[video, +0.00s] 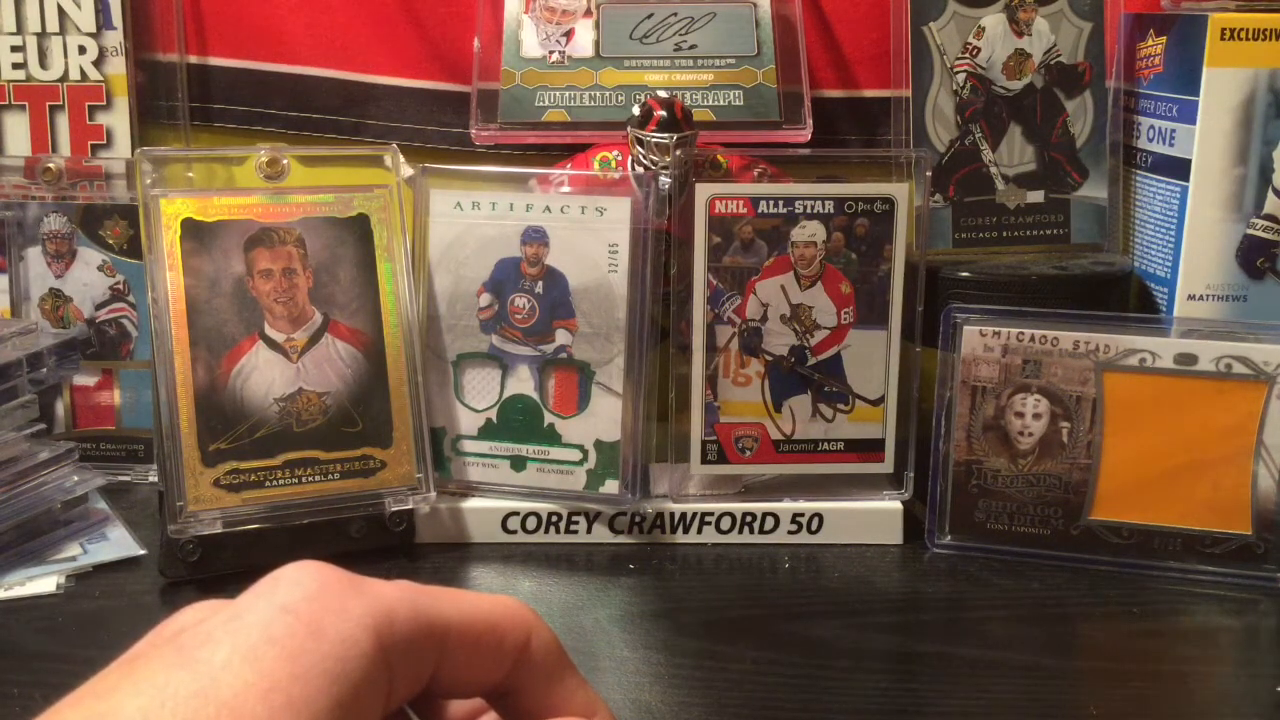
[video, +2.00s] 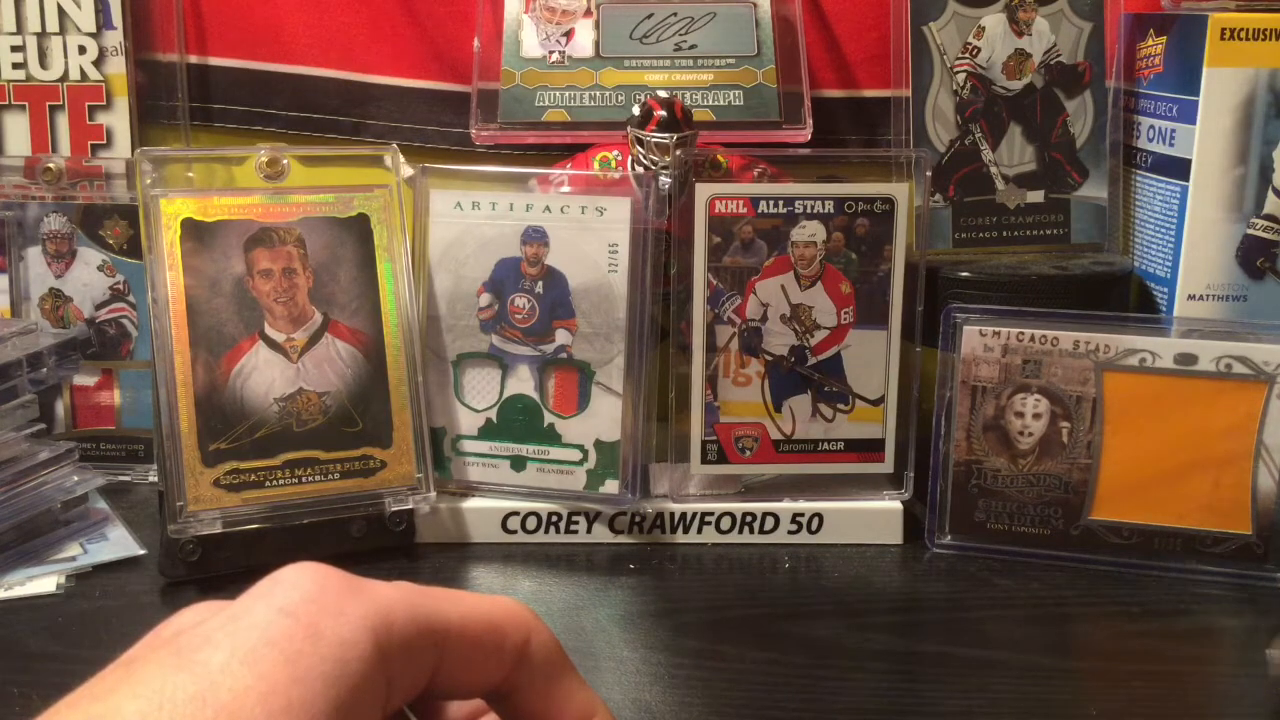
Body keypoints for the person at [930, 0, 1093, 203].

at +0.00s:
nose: (1030, 16)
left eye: (1033, 10)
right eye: (1024, 10)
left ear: (1037, 10)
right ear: (1010, 9)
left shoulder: (1041, 27)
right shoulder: (990, 26)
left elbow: (1050, 60)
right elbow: (965, 63)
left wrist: (1067, 75)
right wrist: (969, 98)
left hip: (1025, 92)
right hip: (992, 93)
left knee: (1056, 123)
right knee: (979, 138)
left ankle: (1063, 177)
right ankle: (942, 186)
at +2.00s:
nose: (1029, 16)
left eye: (1033, 10)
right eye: (1023, 10)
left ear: (1037, 10)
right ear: (1010, 9)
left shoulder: (1041, 27)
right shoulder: (990, 26)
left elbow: (1050, 63)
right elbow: (964, 62)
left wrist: (1070, 74)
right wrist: (969, 96)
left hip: (1026, 91)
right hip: (993, 93)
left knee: (1056, 121)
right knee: (979, 138)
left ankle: (1063, 175)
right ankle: (942, 185)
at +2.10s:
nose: (1029, 16)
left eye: (1033, 10)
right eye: (1023, 10)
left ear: (1037, 10)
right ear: (1010, 9)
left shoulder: (1041, 27)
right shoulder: (990, 26)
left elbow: (1050, 63)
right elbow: (964, 62)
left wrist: (1069, 74)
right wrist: (969, 96)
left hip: (1027, 91)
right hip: (993, 93)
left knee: (1056, 120)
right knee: (979, 138)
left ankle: (1063, 175)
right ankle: (942, 185)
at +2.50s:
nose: (1029, 16)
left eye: (1033, 10)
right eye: (1024, 10)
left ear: (1037, 10)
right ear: (1011, 9)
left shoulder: (1041, 27)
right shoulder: (990, 26)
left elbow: (1050, 62)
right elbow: (965, 62)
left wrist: (1069, 74)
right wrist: (969, 95)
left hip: (1027, 91)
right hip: (993, 93)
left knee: (1056, 120)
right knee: (980, 138)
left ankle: (1063, 174)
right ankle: (942, 185)